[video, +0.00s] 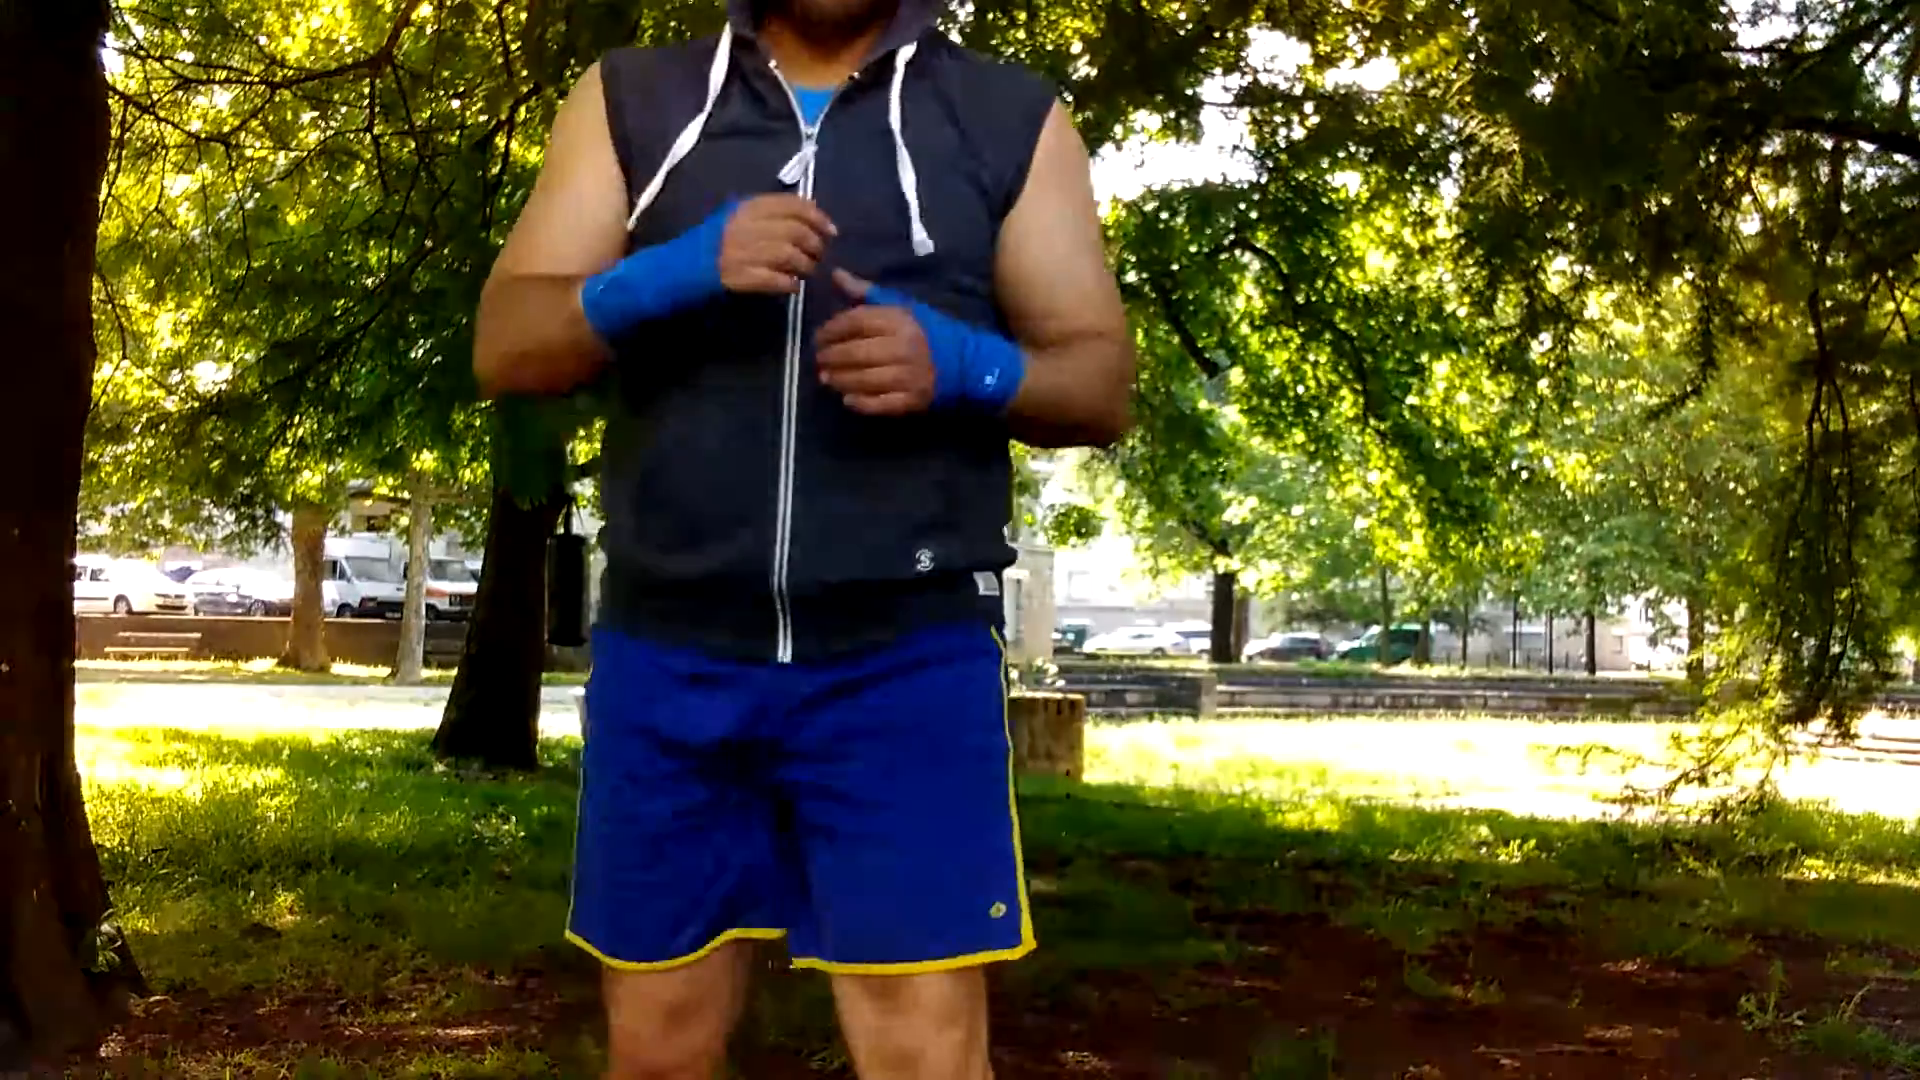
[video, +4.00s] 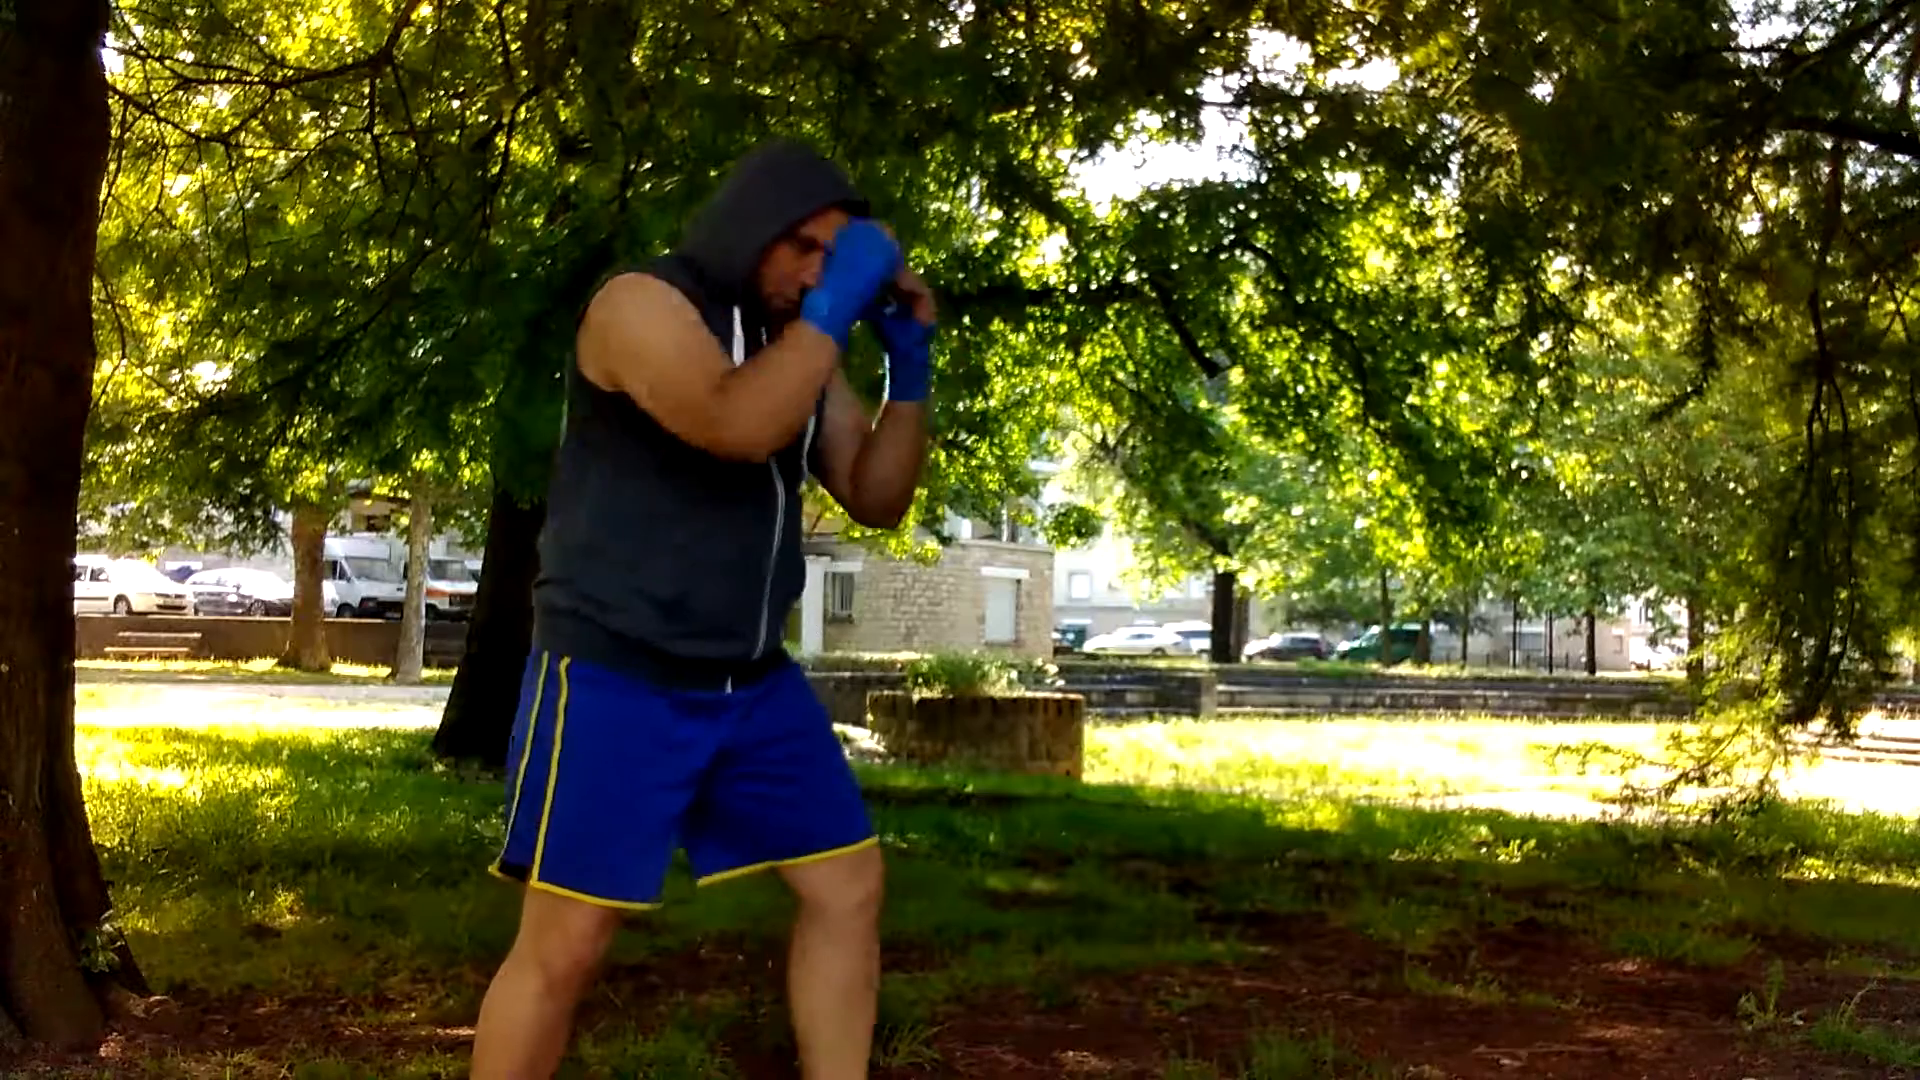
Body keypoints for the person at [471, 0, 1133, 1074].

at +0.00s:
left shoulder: (1009, 117)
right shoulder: (630, 97)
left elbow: (1103, 383)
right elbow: (502, 347)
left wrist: (958, 361)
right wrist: (689, 266)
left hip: (909, 664)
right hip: (669, 661)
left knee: (923, 1048)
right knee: (658, 1047)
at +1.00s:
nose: (760, 160)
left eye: (784, 137)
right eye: (736, 139)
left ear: (822, 152)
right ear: (704, 156)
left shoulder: (901, 279)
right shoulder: (634, 277)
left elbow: (987, 445)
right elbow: (569, 441)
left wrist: (868, 434)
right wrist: (645, 452)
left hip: (851, 659)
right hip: (684, 658)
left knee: (869, 915)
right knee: (674, 911)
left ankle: (851, 1075)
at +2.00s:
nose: (816, 227)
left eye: (833, 209)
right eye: (793, 209)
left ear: (856, 228)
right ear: (757, 226)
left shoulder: (892, 367)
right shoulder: (679, 333)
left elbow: (940, 527)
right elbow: (634, 484)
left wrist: (964, 469)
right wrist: (808, 450)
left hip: (831, 676)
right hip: (693, 663)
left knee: (850, 903)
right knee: (631, 890)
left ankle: (827, 1075)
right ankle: (551, 1071)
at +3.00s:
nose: (701, 249)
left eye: (715, 232)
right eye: (682, 225)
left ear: (724, 240)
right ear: (626, 218)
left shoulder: (720, 353)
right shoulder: (544, 320)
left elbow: (803, 484)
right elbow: (700, 365)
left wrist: (869, 409)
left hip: (707, 679)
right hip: (566, 671)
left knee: (752, 907)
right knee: (519, 921)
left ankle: (779, 1078)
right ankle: (460, 1075)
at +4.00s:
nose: (818, 277)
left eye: (831, 259)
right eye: (804, 248)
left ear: (837, 262)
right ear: (746, 231)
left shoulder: (796, 352)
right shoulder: (634, 305)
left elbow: (876, 498)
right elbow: (739, 424)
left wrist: (910, 363)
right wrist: (836, 306)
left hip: (750, 677)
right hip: (611, 675)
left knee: (845, 880)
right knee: (563, 943)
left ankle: (837, 1074)